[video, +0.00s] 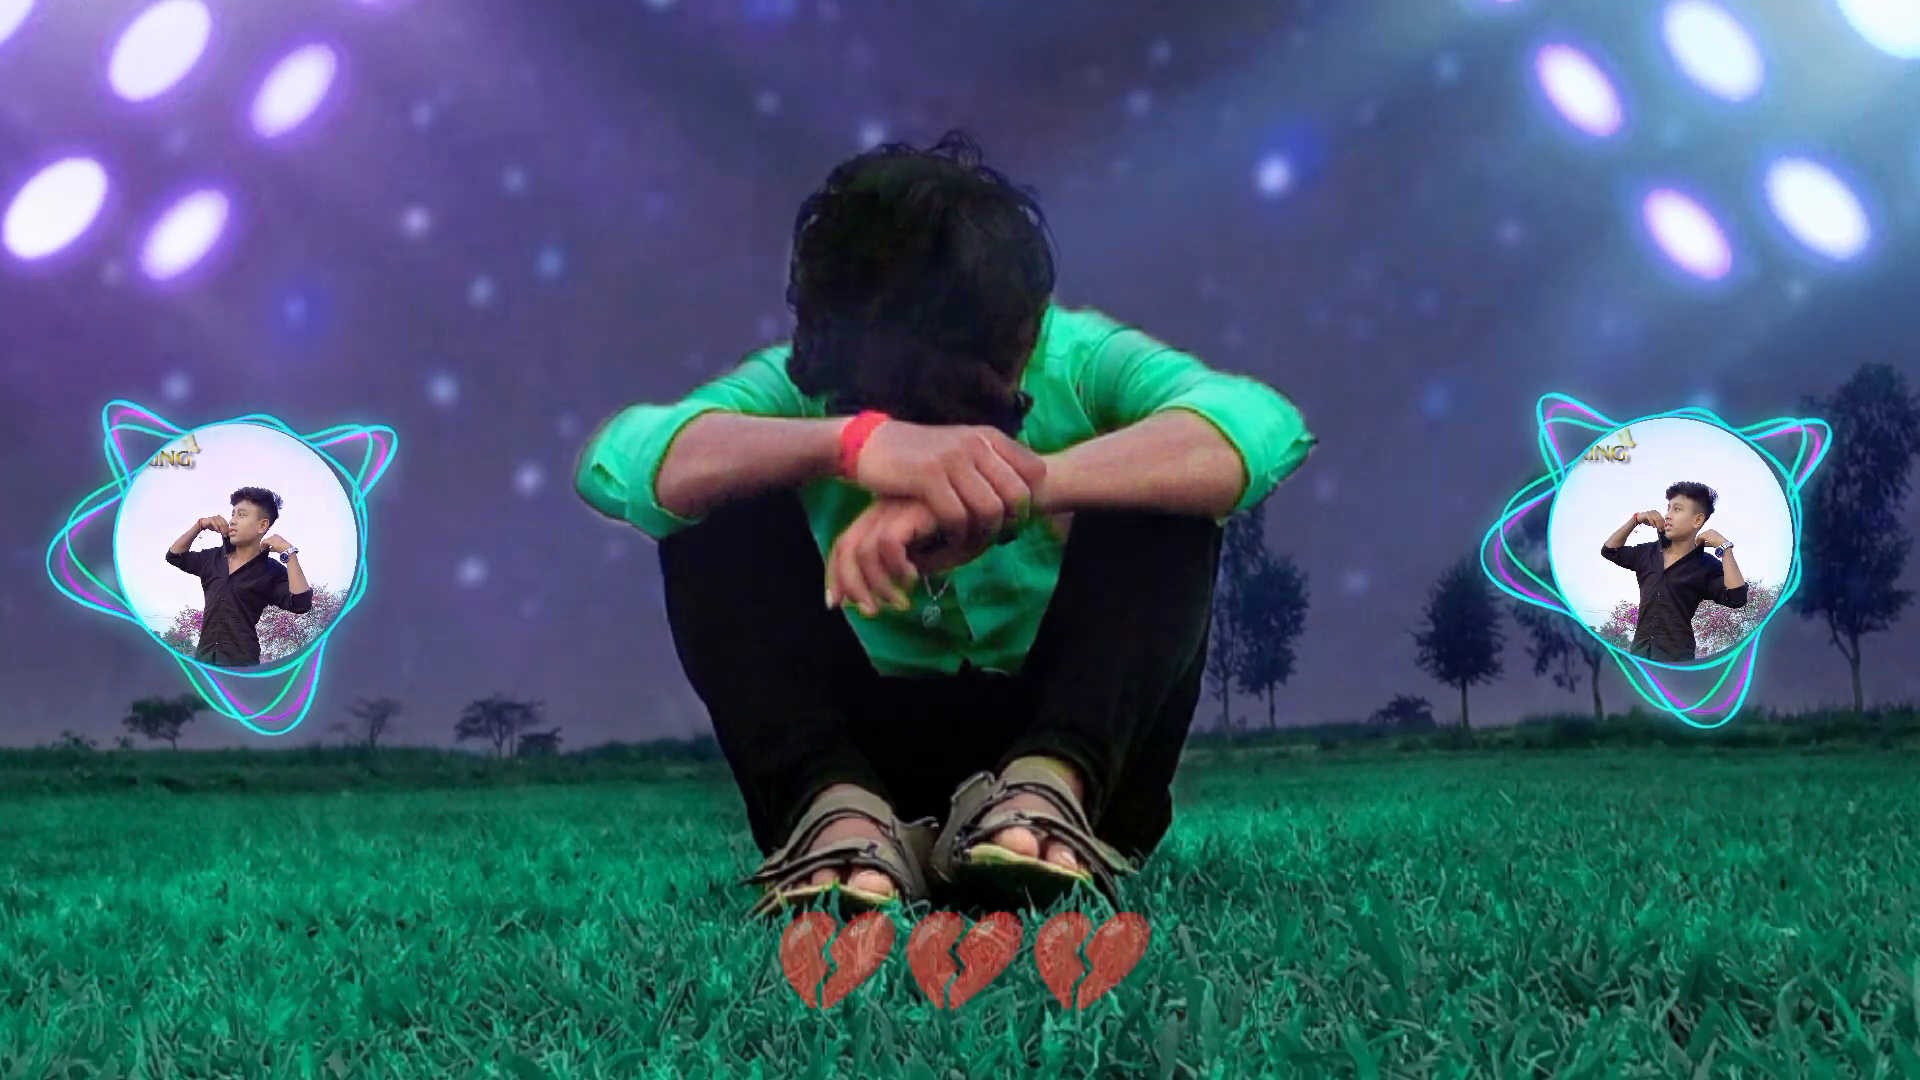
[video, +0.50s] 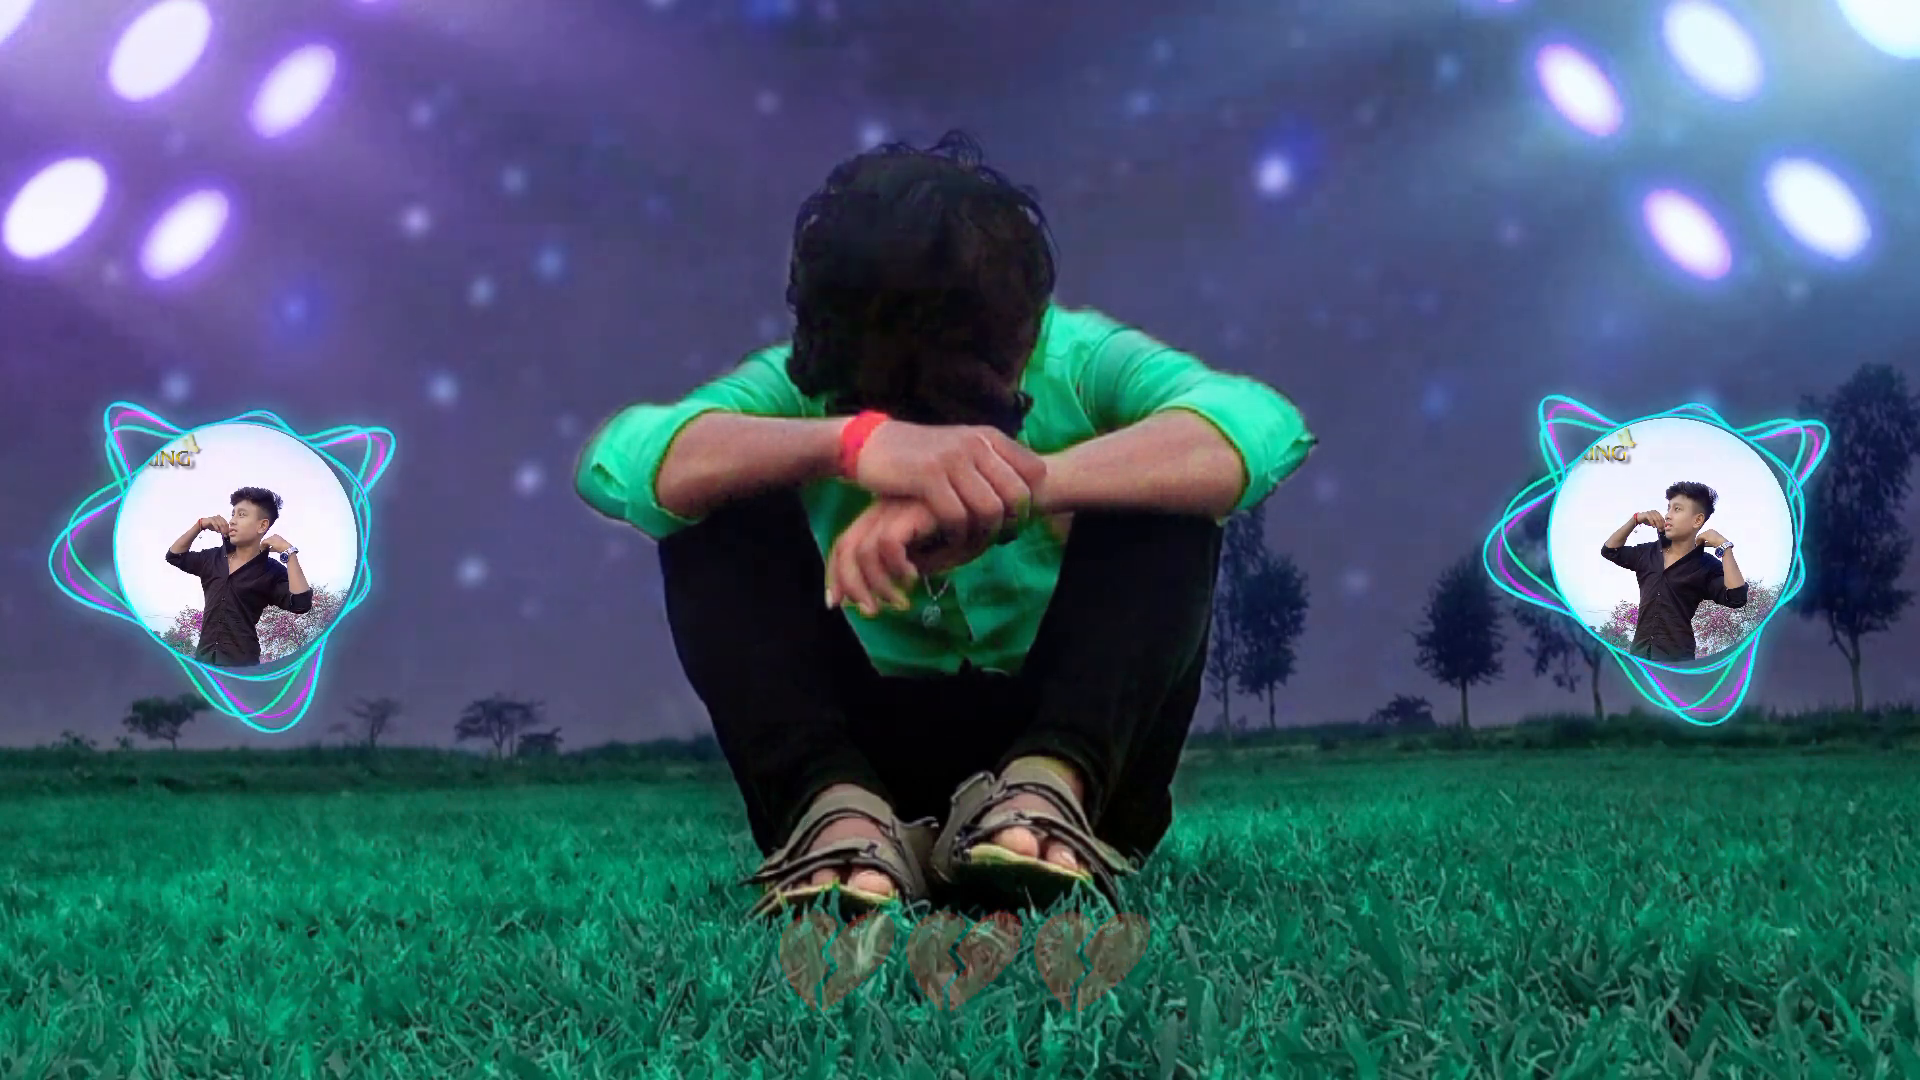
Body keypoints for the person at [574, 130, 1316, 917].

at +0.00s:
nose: (915, 454)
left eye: (951, 418)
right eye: (878, 415)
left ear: (1019, 356)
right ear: (817, 365)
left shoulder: (1077, 355)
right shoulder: (795, 382)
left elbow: (1265, 429)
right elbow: (611, 467)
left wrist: (1001, 491)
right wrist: (851, 446)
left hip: (1058, 746)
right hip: (863, 751)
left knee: (1165, 487)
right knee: (713, 501)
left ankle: (1044, 789)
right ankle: (835, 816)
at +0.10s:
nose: (922, 454)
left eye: (958, 416)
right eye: (884, 417)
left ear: (1018, 356)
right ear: (820, 364)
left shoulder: (1076, 355)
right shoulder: (796, 382)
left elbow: (1265, 429)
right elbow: (611, 467)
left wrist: (1001, 491)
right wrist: (851, 446)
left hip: (1058, 745)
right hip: (864, 751)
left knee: (1167, 487)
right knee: (714, 503)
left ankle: (1044, 789)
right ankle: (835, 817)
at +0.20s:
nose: (919, 454)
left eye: (956, 417)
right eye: (882, 417)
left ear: (1018, 357)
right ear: (820, 365)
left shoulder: (1076, 355)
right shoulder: (796, 382)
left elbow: (1265, 429)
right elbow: (611, 467)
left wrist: (1001, 491)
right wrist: (850, 446)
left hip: (1058, 745)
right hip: (864, 750)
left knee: (1167, 487)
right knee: (714, 503)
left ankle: (1044, 789)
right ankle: (836, 817)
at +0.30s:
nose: (915, 456)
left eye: (952, 420)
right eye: (877, 417)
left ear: (1018, 357)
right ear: (816, 368)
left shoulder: (1077, 355)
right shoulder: (795, 382)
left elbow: (1265, 429)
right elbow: (611, 467)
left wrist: (1000, 491)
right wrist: (851, 446)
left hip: (1057, 744)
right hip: (863, 749)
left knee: (1165, 487)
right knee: (714, 503)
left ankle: (1044, 790)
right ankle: (836, 817)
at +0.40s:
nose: (935, 446)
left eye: (978, 401)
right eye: (902, 415)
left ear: (1021, 341)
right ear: (830, 367)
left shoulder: (1074, 354)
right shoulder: (796, 383)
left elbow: (1265, 429)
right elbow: (611, 467)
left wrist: (999, 492)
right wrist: (851, 447)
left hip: (1059, 746)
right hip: (863, 753)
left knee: (1167, 489)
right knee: (713, 502)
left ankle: (1044, 790)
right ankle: (836, 817)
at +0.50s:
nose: (958, 426)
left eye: (993, 381)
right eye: (916, 404)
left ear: (1025, 333)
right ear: (843, 363)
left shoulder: (1075, 355)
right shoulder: (796, 384)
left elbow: (1265, 429)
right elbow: (612, 467)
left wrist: (999, 492)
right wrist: (851, 446)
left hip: (1061, 749)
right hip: (864, 756)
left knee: (1167, 485)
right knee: (711, 502)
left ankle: (1044, 789)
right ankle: (835, 817)